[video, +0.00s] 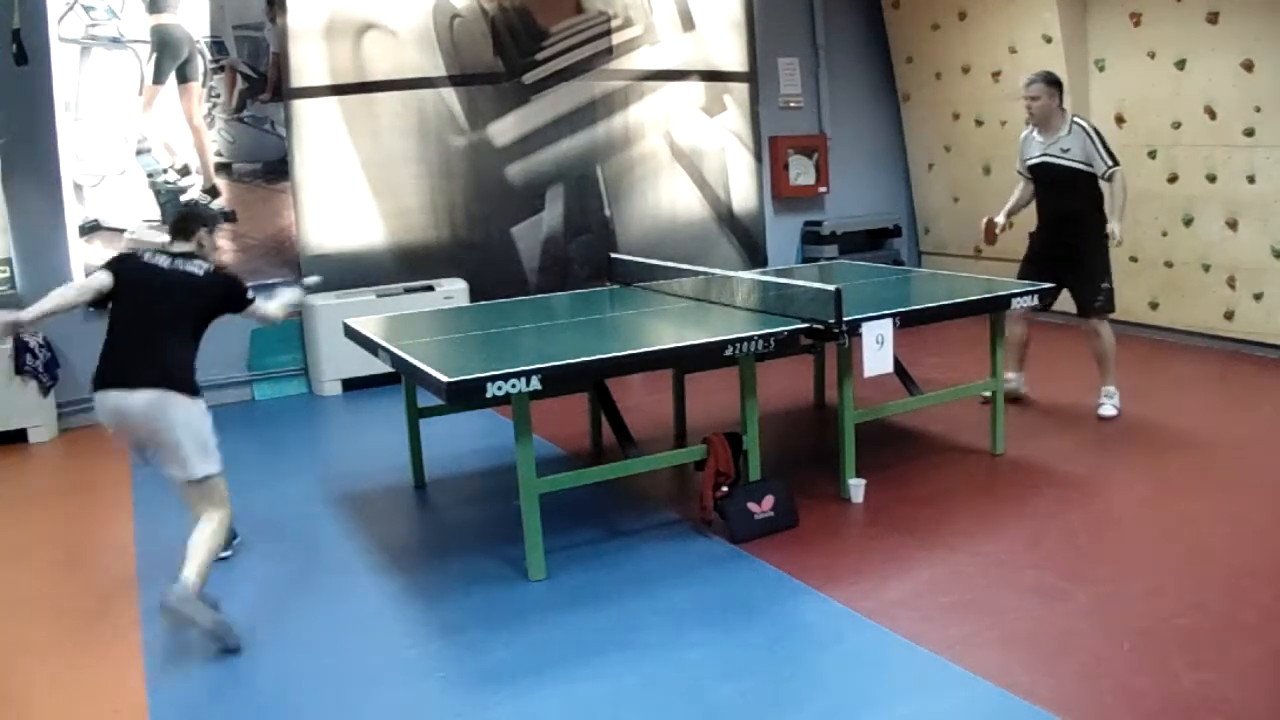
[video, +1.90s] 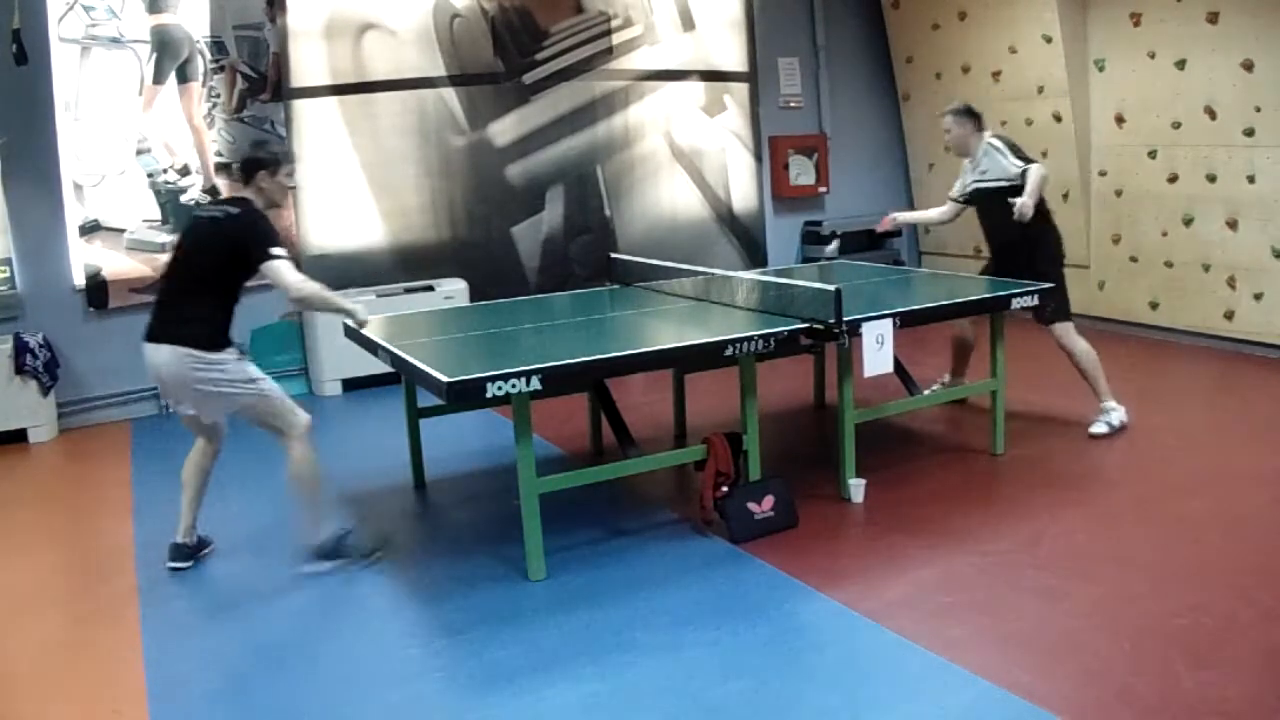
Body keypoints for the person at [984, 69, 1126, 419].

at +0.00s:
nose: (1028, 106)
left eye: (1034, 99)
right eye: (1026, 100)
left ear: (1056, 100)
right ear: (1026, 102)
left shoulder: (1084, 133)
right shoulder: (1028, 138)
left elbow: (1115, 176)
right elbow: (1028, 184)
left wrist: (1116, 220)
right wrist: (1004, 214)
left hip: (1087, 241)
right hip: (1046, 239)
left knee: (1094, 321)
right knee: (1018, 309)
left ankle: (1108, 390)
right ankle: (1013, 379)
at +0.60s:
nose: (1050, 136)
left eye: (1058, 129)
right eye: (1045, 129)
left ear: (1075, 129)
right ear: (1040, 129)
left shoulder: (1100, 155)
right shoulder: (1036, 171)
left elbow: (1125, 187)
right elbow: (1037, 215)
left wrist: (1140, 221)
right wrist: (1046, 248)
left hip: (1103, 252)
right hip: (1060, 253)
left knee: (1104, 323)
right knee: (1019, 318)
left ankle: (1117, 413)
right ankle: (1034, 381)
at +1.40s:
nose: (1037, 111)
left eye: (1045, 105)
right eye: (1036, 104)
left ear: (1069, 107)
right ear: (1038, 107)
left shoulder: (1098, 147)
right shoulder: (1030, 146)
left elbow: (1129, 194)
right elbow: (1015, 182)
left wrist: (1145, 240)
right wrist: (1005, 214)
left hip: (1092, 252)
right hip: (1049, 249)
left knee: (1098, 332)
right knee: (1022, 320)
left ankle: (1118, 418)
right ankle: (1025, 386)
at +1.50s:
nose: (1023, 106)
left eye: (1030, 98)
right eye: (1021, 99)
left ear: (1054, 101)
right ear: (1024, 102)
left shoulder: (1083, 140)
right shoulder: (1021, 139)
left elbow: (1113, 186)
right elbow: (1008, 179)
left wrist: (1119, 231)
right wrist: (992, 208)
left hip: (1081, 250)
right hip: (1039, 248)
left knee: (1092, 326)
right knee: (1021, 319)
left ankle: (1116, 413)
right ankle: (1024, 385)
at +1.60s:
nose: (1009, 107)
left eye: (1015, 99)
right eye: (1007, 100)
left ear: (1039, 100)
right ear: (1014, 103)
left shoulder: (1071, 136)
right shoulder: (1014, 140)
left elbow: (1100, 183)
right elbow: (1010, 185)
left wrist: (1089, 224)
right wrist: (977, 211)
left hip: (1072, 249)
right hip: (1032, 249)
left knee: (1083, 329)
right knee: (1014, 319)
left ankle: (1114, 407)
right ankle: (1023, 384)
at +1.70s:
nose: (992, 119)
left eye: (997, 111)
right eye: (991, 113)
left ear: (1020, 109)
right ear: (1005, 114)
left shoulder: (1048, 139)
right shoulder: (1008, 152)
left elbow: (1083, 181)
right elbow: (1002, 199)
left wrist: (1059, 219)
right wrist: (954, 215)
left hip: (1068, 250)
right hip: (1031, 249)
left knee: (1077, 333)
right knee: (994, 307)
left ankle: (1115, 408)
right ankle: (1004, 380)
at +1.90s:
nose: (945, 141)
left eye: (948, 132)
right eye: (944, 133)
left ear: (968, 129)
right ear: (962, 132)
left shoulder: (996, 147)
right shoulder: (971, 169)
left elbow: (1035, 169)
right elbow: (947, 213)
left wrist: (1029, 197)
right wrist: (900, 218)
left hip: (1039, 256)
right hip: (1005, 258)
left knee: (1063, 332)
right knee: (963, 316)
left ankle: (1111, 407)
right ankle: (955, 382)